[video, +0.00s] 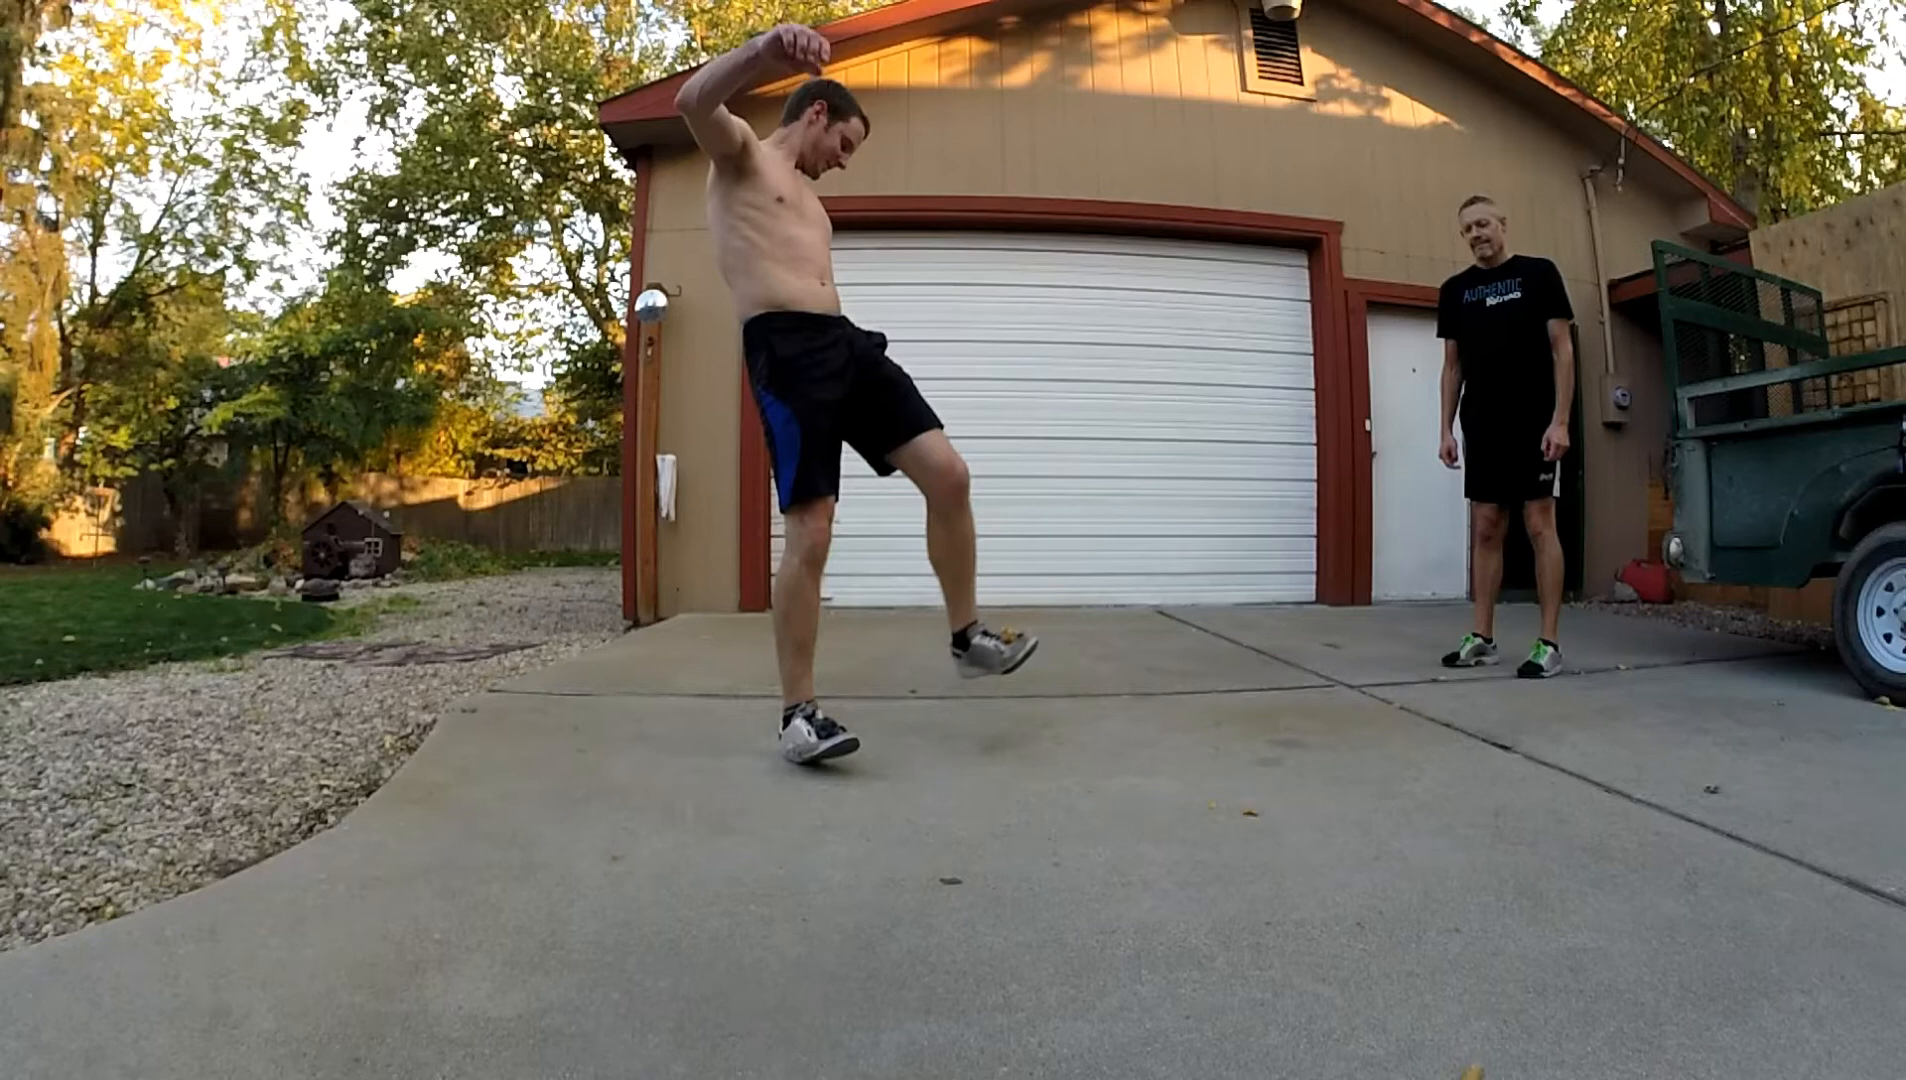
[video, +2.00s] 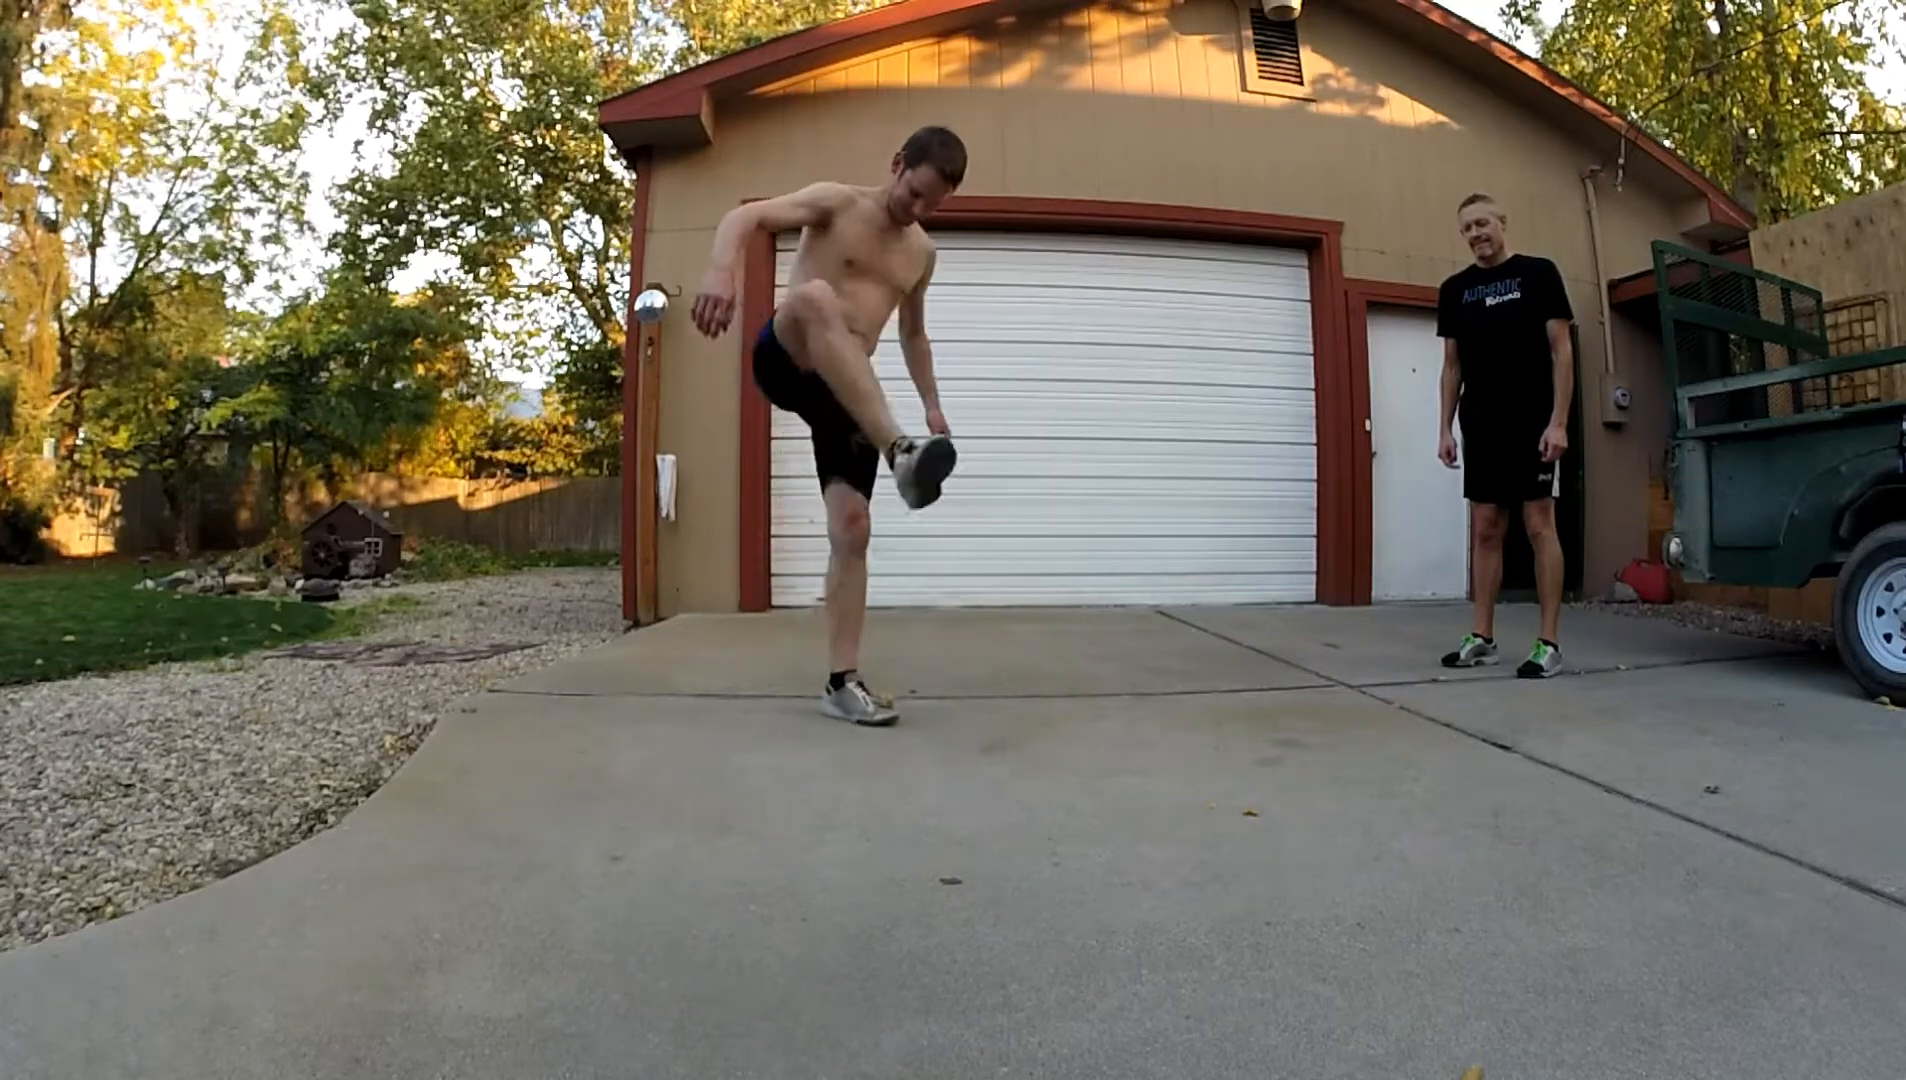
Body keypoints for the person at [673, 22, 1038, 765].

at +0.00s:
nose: (841, 161)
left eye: (849, 152)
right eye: (843, 145)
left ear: (824, 129)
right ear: (814, 114)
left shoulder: (806, 196)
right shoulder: (740, 152)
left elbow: (812, 280)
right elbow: (697, 98)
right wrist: (765, 52)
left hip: (845, 345)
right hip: (784, 351)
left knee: (948, 476)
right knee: (808, 537)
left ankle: (967, 636)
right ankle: (798, 715)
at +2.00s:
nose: (919, 207)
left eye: (933, 200)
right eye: (916, 191)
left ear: (946, 197)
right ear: (897, 166)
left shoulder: (920, 253)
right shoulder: (837, 202)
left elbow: (913, 333)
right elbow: (743, 216)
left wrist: (932, 404)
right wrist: (722, 274)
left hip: (849, 391)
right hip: (786, 369)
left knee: (853, 529)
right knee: (814, 297)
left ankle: (843, 680)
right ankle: (899, 453)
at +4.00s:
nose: (885, 131)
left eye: (897, 117)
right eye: (875, 112)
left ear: (903, 113)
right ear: (838, 94)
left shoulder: (889, 181)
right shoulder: (781, 173)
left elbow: (897, 270)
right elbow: (706, 201)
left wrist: (935, 354)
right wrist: (677, 207)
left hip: (883, 356)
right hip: (816, 356)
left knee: (987, 384)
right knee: (841, 542)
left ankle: (1005, 585)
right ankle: (827, 725)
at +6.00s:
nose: (1015, 155)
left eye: (1025, 146)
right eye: (1005, 141)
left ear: (1031, 153)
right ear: (972, 138)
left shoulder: (1010, 241)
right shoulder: (927, 195)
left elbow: (988, 332)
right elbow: (850, 271)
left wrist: (1041, 367)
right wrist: (871, 330)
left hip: (973, 378)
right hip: (918, 366)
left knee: (1007, 540)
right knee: (1025, 463)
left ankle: (946, 690)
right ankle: (1030, 657)